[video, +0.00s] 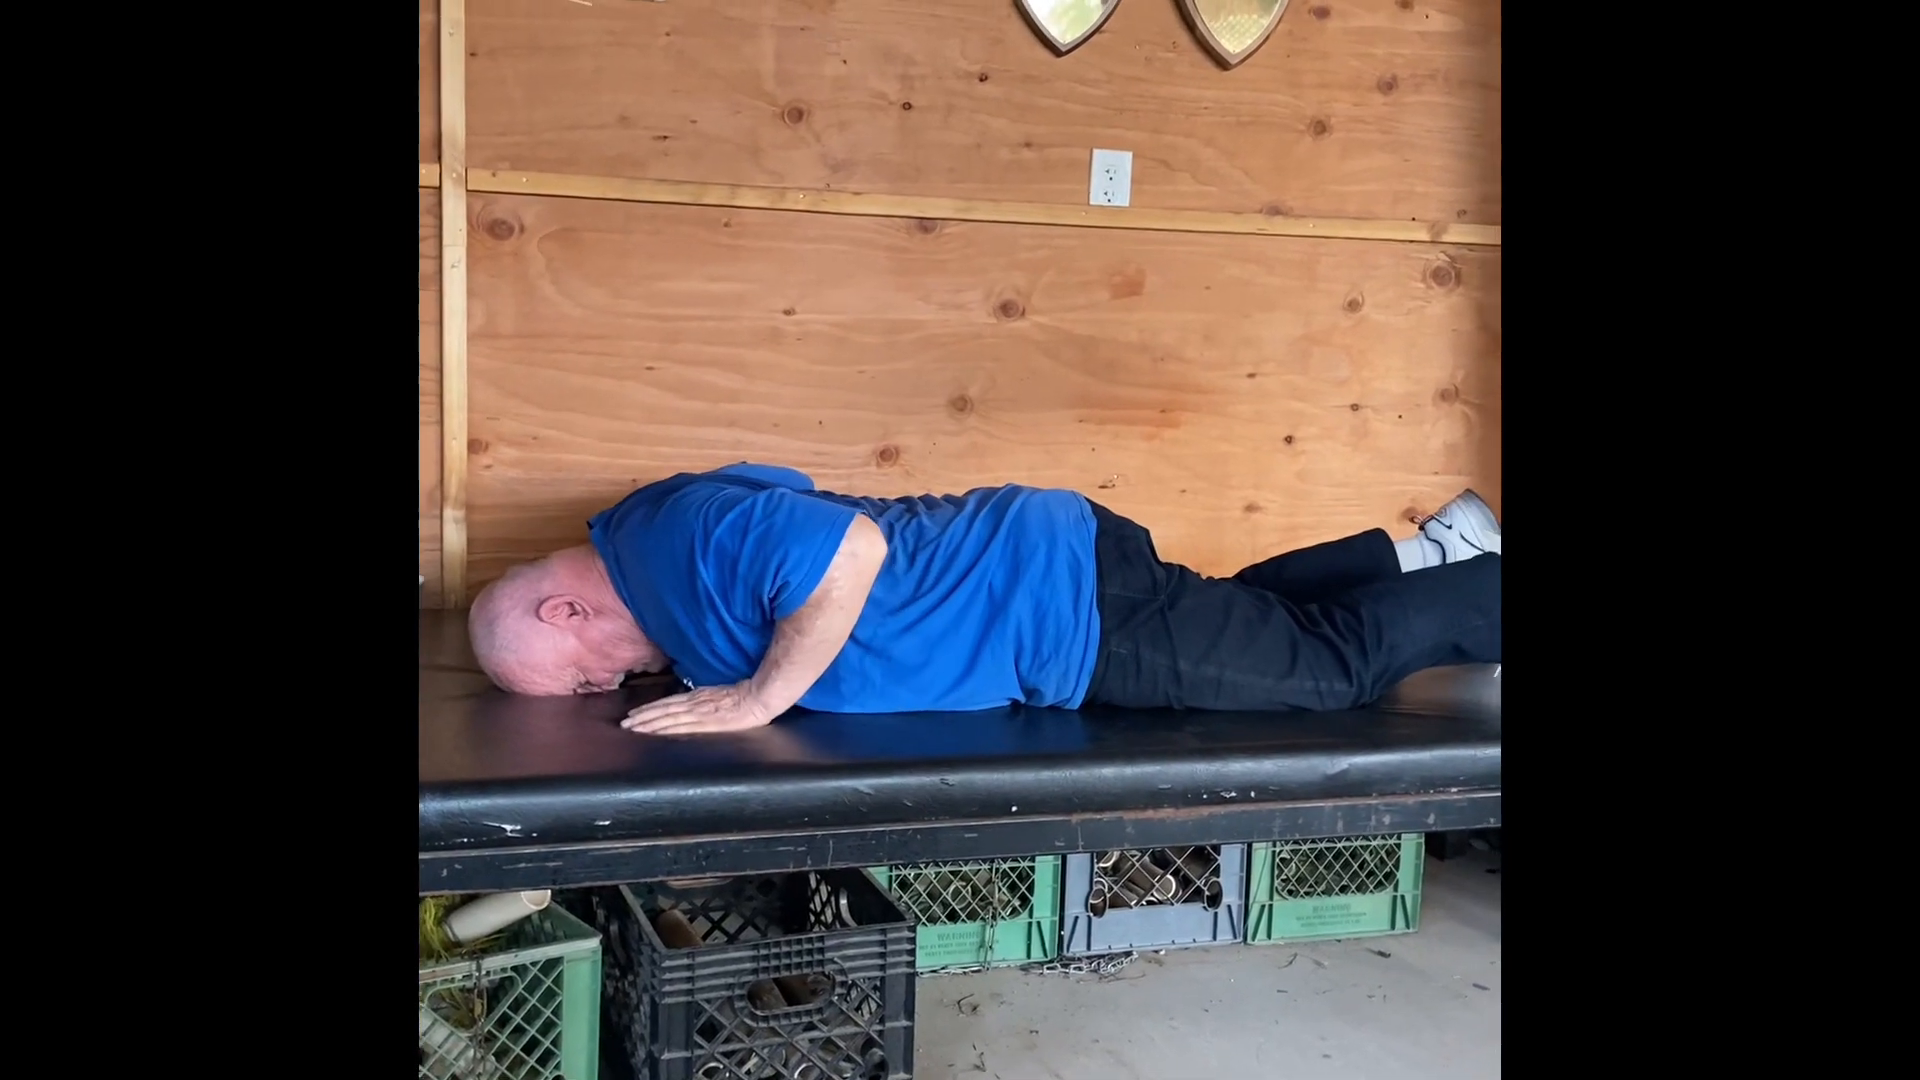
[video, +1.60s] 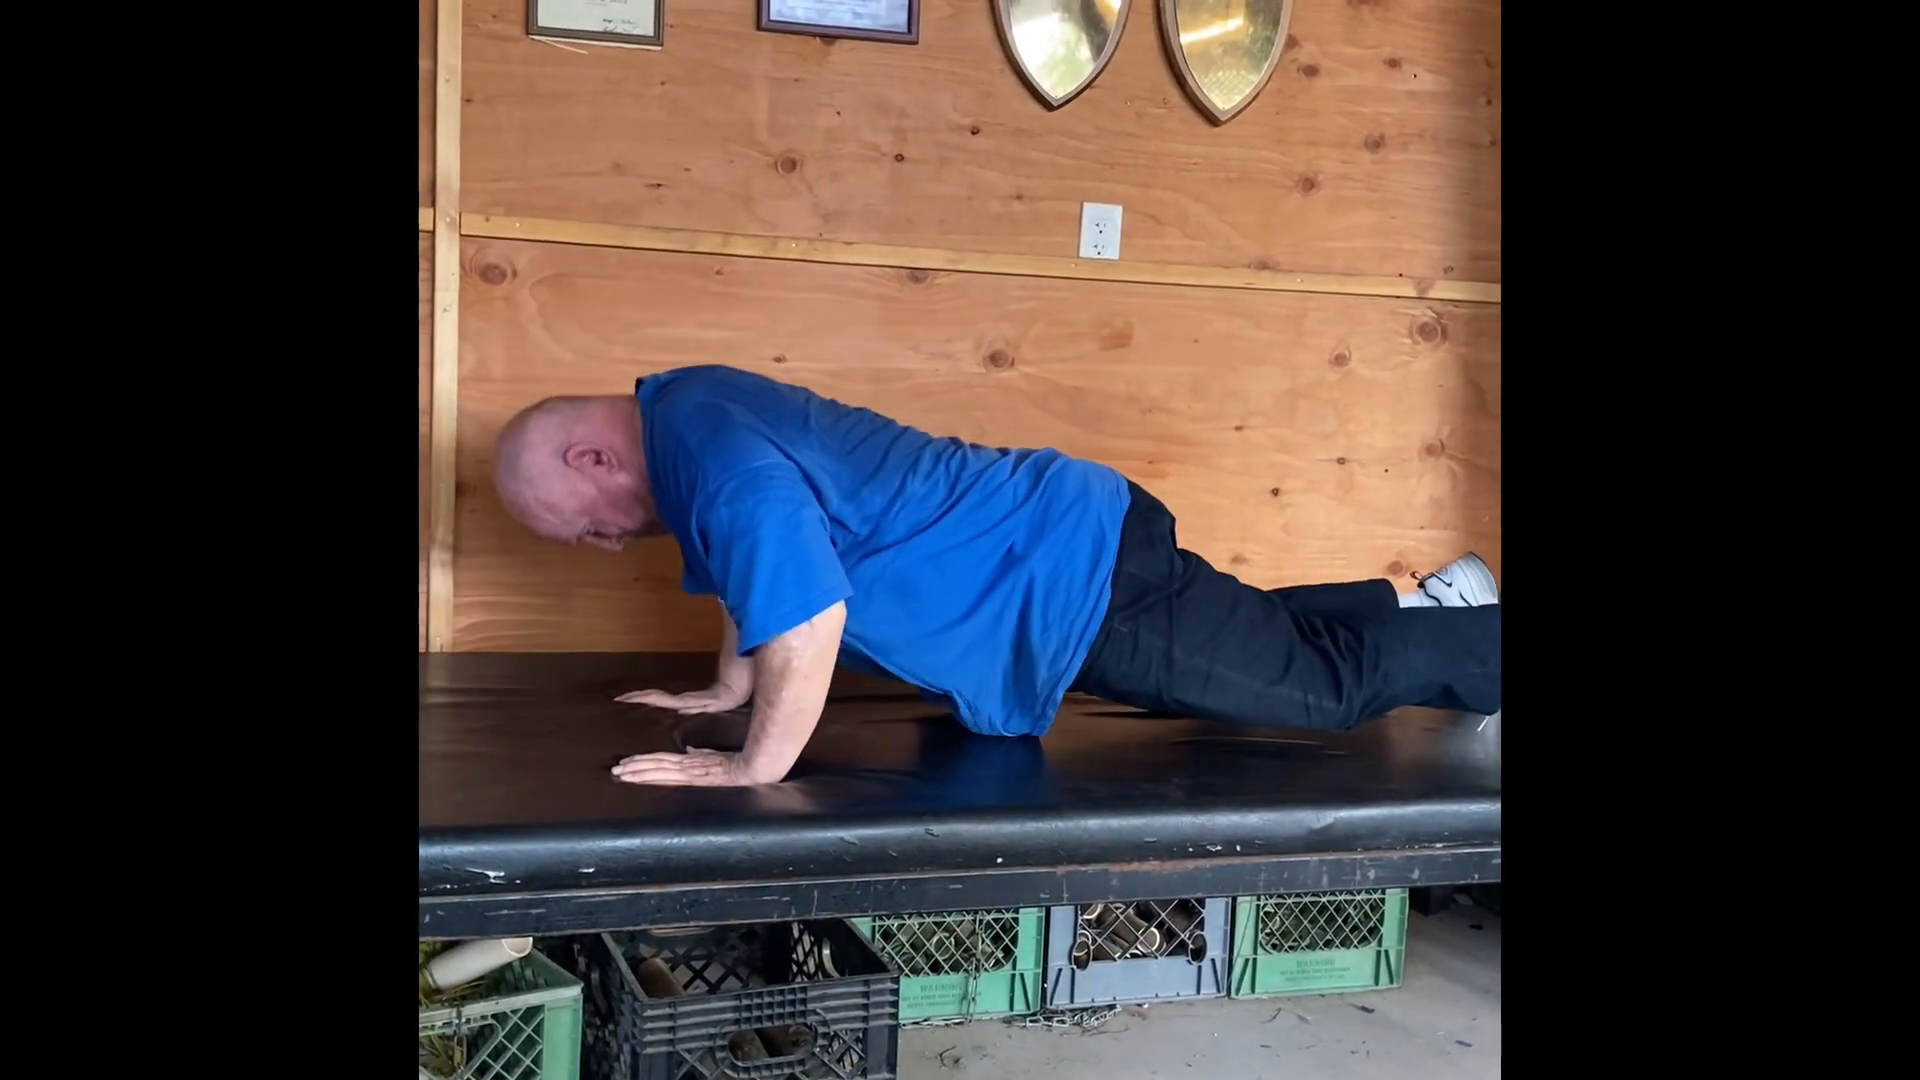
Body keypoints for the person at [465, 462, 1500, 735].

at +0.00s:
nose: (599, 680)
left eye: (571, 669)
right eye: (574, 678)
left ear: (560, 609)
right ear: (565, 611)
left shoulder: (685, 535)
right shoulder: (661, 579)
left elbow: (853, 553)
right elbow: (828, 574)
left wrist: (756, 695)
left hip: (1065, 600)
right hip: (1043, 621)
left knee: (1332, 664)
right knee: (1255, 631)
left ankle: (1485, 589)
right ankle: (1432, 552)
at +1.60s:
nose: (609, 537)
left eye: (586, 522)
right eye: (583, 530)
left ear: (587, 463)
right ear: (585, 443)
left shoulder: (717, 449)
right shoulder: (682, 429)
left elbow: (808, 614)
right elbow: (759, 585)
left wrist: (763, 767)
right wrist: (733, 702)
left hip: (1076, 575)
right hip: (1051, 569)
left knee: (1318, 680)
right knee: (1283, 644)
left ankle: (1488, 648)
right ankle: (1447, 602)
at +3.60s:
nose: (564, 603)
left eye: (542, 598)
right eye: (543, 600)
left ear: (547, 543)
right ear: (539, 511)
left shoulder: (673, 519)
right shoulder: (627, 474)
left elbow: (779, 639)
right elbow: (751, 595)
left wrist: (710, 771)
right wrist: (688, 671)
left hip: (1041, 623)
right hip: (1015, 598)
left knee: (1271, 725)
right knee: (1211, 662)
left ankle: (1457, 665)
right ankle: (1414, 621)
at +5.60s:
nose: (483, 673)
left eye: (462, 657)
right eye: (467, 668)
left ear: (471, 596)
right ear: (476, 597)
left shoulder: (607, 574)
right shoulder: (561, 568)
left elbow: (700, 715)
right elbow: (692, 687)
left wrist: (637, 843)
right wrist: (612, 760)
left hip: (958, 695)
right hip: (926, 730)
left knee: (1193, 793)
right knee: (1152, 756)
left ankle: (1408, 747)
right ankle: (1343, 709)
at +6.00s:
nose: (520, 550)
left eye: (508, 533)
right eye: (504, 538)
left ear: (531, 478)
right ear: (531, 454)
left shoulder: (663, 507)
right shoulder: (631, 476)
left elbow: (680, 704)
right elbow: (654, 665)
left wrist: (637, 846)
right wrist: (617, 782)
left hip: (987, 641)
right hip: (964, 632)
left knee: (1201, 762)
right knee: (1169, 726)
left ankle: (1433, 757)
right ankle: (1363, 730)